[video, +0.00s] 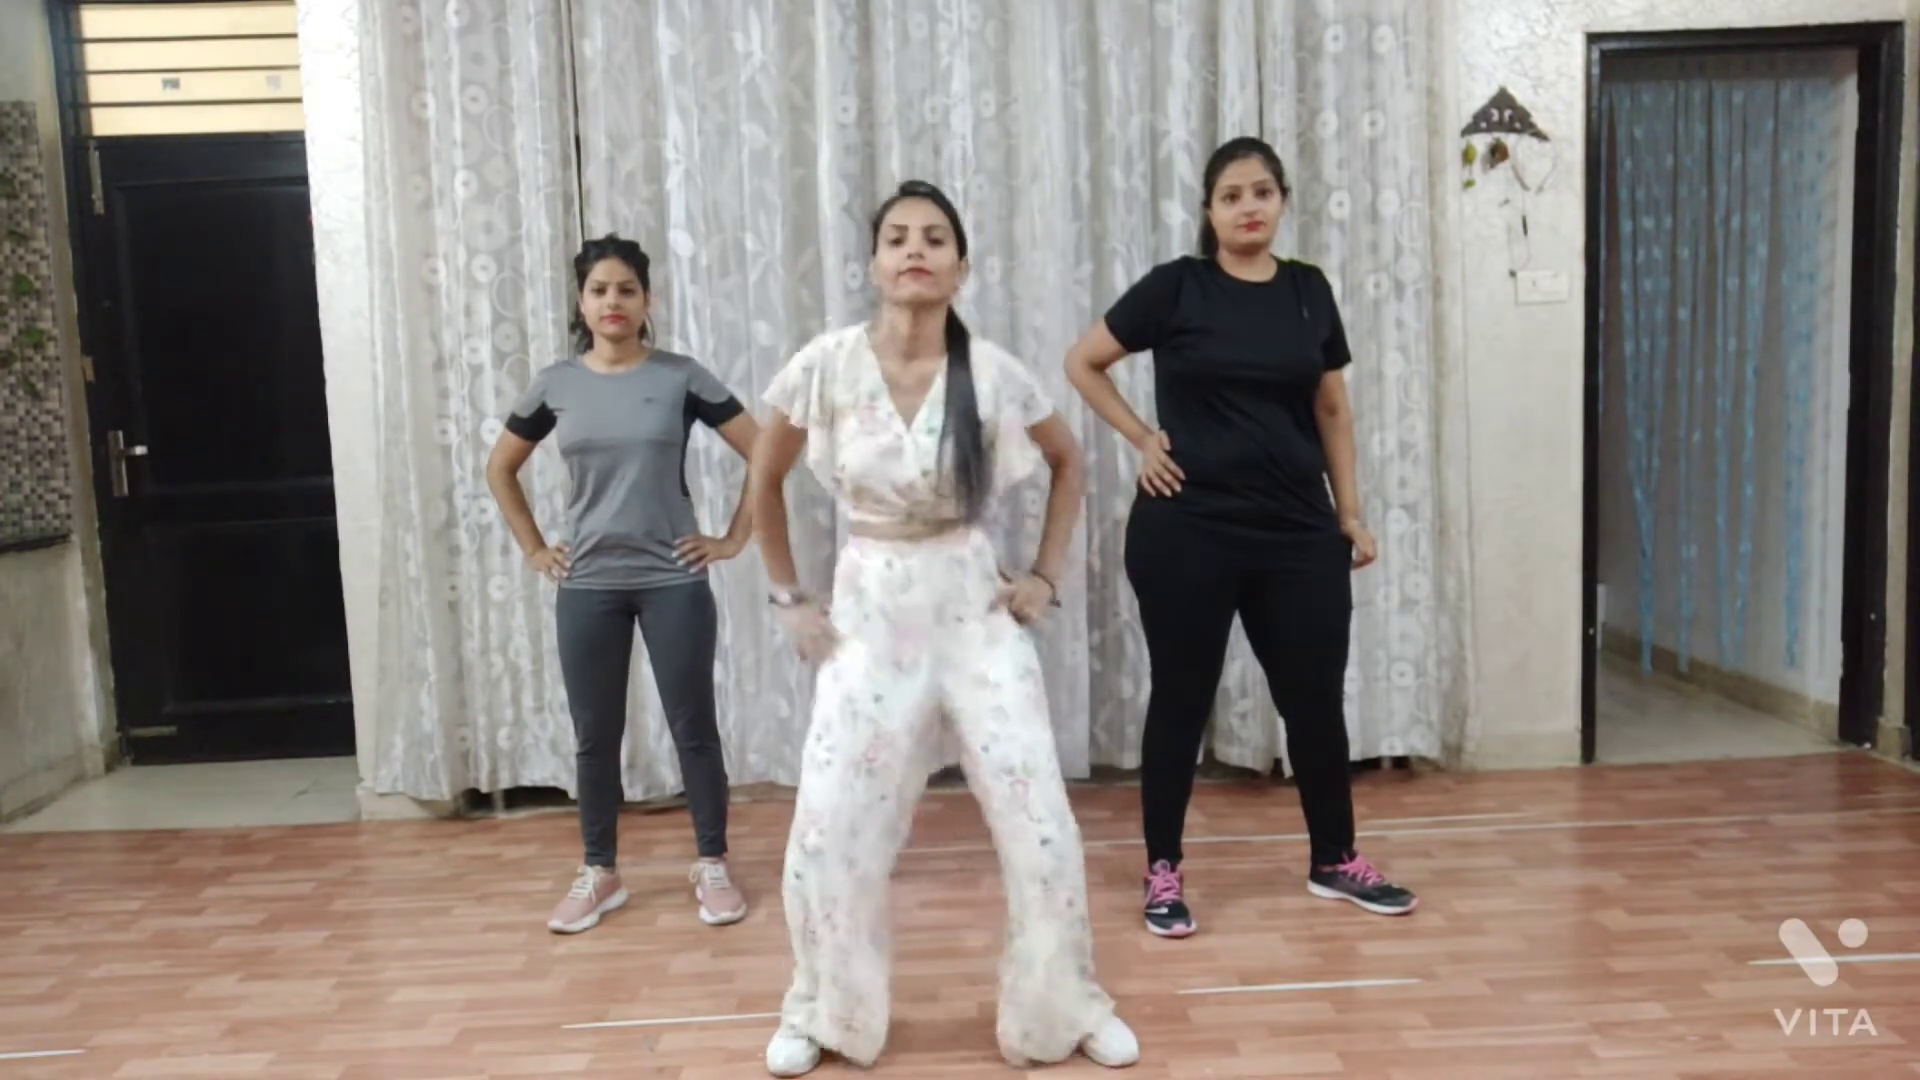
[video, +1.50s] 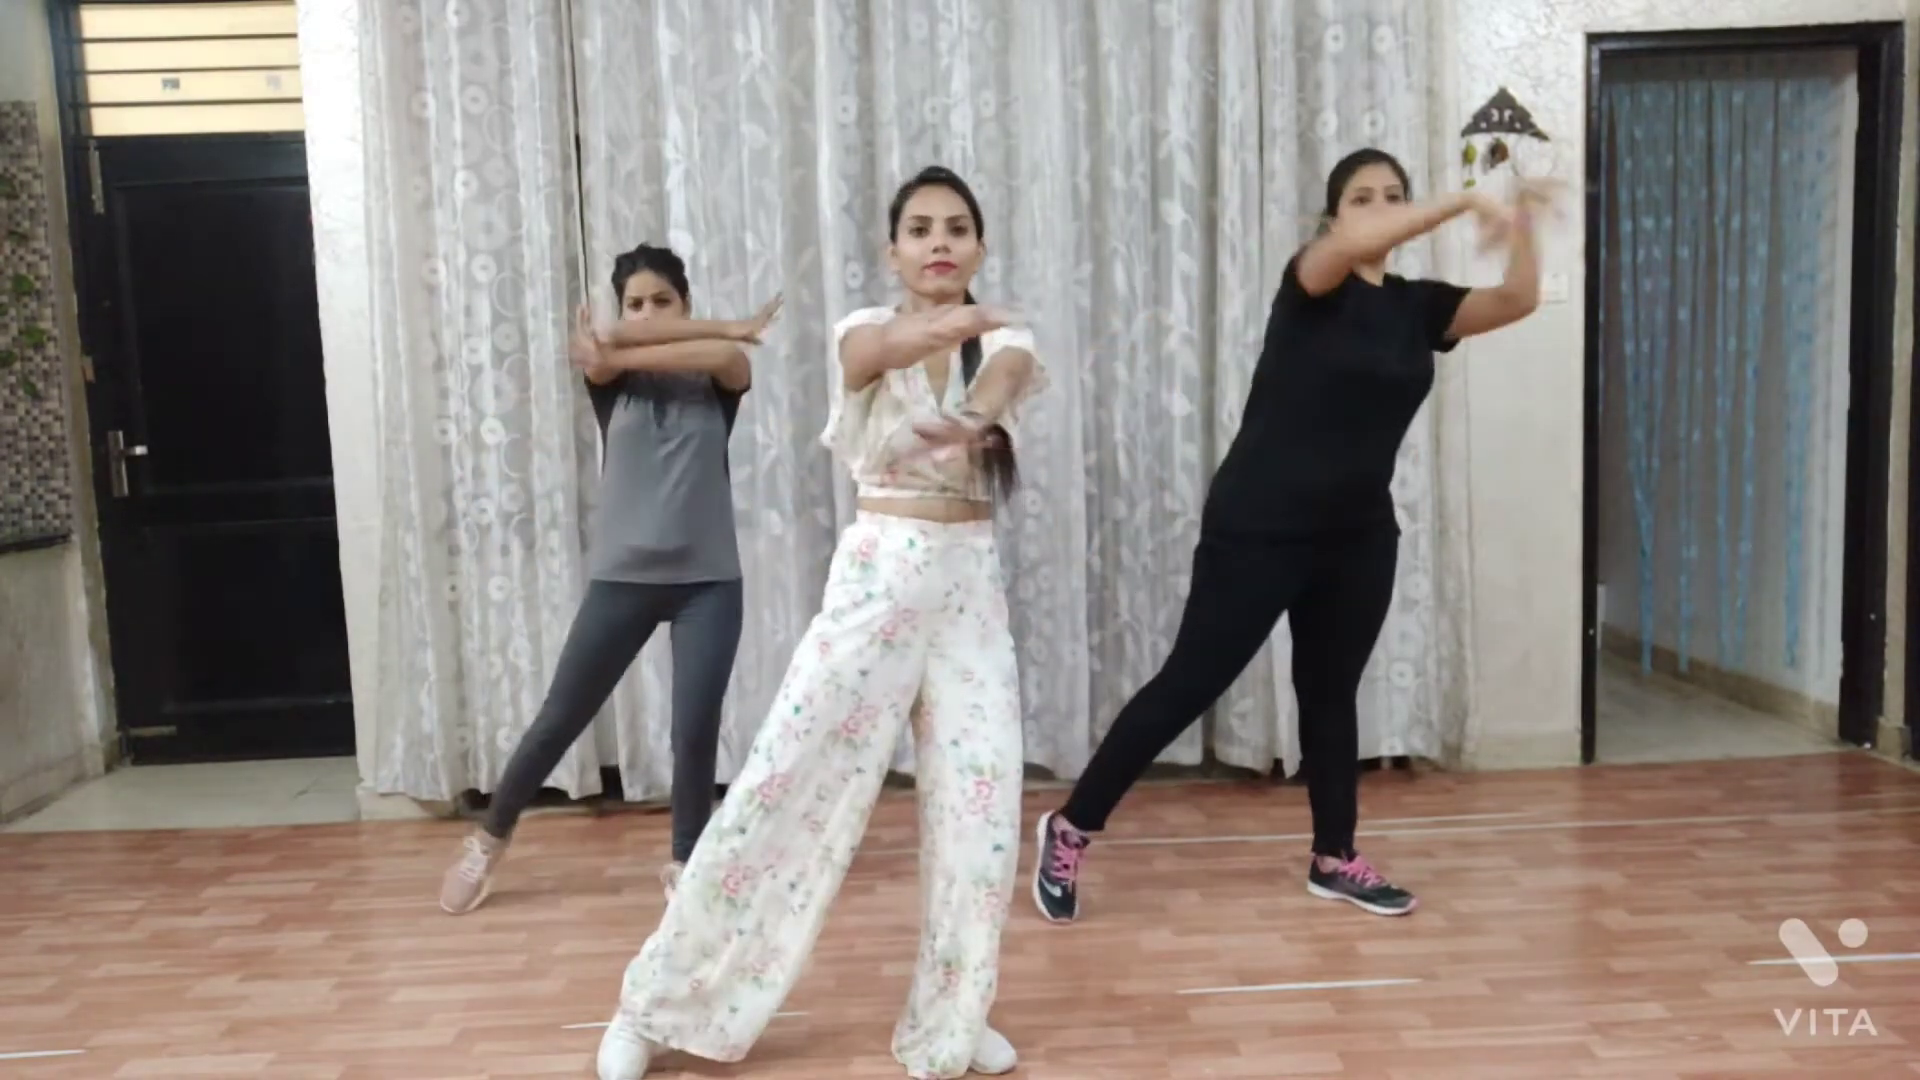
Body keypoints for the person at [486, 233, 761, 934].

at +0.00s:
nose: (613, 301)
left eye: (626, 290)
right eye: (600, 290)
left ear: (646, 302)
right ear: (580, 302)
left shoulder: (681, 378)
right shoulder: (555, 385)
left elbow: (763, 452)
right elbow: (500, 468)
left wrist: (734, 537)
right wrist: (537, 550)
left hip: (674, 574)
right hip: (588, 579)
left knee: (693, 726)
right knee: (594, 736)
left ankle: (712, 866)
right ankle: (599, 872)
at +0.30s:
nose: (612, 301)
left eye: (625, 289)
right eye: (598, 290)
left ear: (646, 301)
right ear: (580, 302)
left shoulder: (681, 378)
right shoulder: (555, 385)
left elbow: (759, 450)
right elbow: (500, 467)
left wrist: (735, 542)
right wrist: (538, 550)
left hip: (673, 575)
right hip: (588, 580)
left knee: (693, 726)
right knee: (595, 735)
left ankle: (712, 866)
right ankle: (599, 872)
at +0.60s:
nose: (612, 300)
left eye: (626, 288)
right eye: (599, 288)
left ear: (647, 298)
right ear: (580, 301)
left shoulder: (683, 378)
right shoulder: (555, 384)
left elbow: (762, 454)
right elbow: (497, 464)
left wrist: (737, 541)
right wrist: (524, 530)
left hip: (672, 576)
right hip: (587, 582)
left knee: (695, 732)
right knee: (595, 738)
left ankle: (721, 876)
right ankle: (600, 872)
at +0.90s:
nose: (621, 303)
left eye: (634, 290)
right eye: (608, 292)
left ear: (658, 297)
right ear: (591, 303)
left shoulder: (694, 379)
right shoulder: (569, 375)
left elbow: (752, 460)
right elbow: (473, 441)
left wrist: (806, 518)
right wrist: (473, 529)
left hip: (674, 574)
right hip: (589, 582)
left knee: (680, 732)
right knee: (595, 738)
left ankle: (687, 873)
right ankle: (599, 873)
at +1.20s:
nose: (640, 313)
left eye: (653, 299)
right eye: (627, 301)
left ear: (683, 303)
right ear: (610, 309)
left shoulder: (709, 371)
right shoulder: (598, 366)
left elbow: (729, 389)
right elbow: (600, 375)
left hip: (701, 579)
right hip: (616, 577)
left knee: (691, 736)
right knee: (556, 716)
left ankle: (687, 874)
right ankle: (509, 851)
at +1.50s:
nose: (648, 313)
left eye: (662, 301)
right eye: (636, 304)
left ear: (688, 303)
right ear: (618, 311)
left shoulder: (727, 367)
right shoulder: (605, 367)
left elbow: (716, 359)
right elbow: (612, 343)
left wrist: (619, 349)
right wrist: (731, 329)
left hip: (710, 576)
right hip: (625, 576)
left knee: (697, 734)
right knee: (557, 723)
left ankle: (688, 870)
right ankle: (488, 841)